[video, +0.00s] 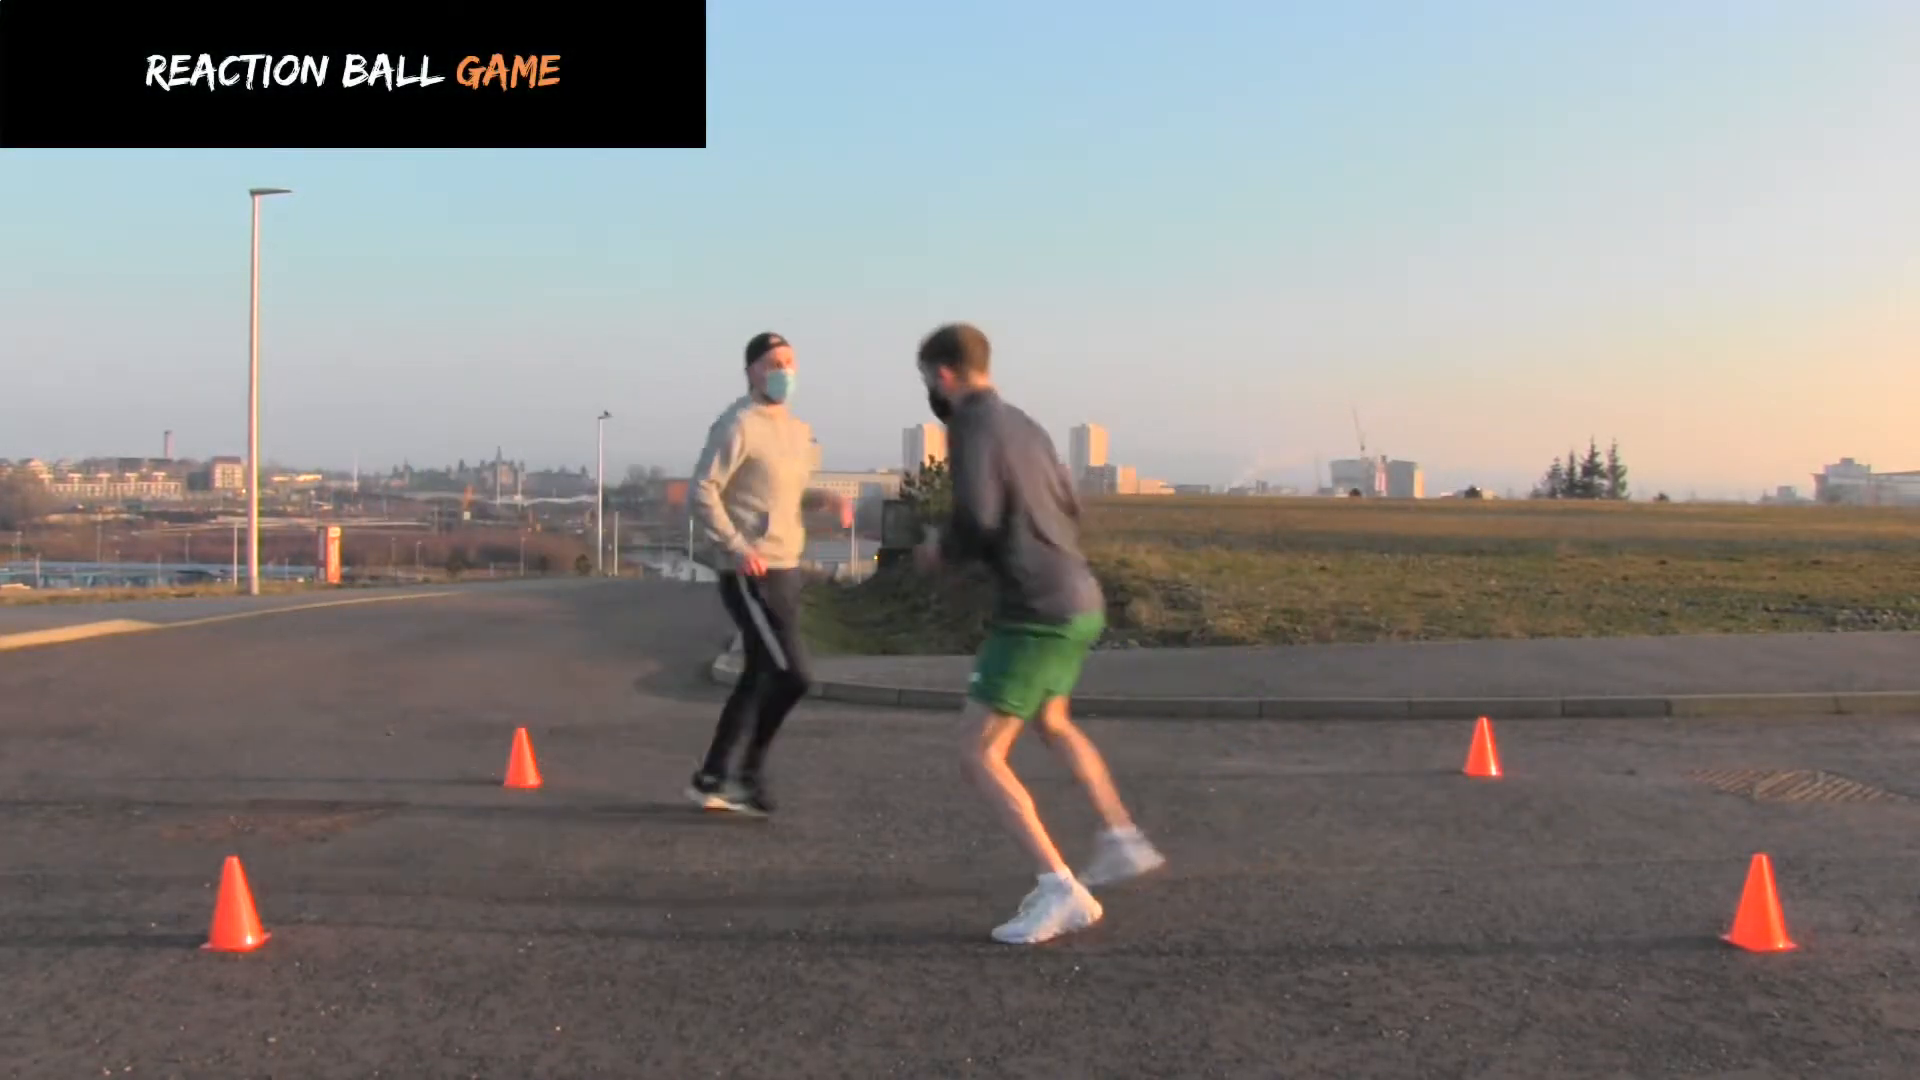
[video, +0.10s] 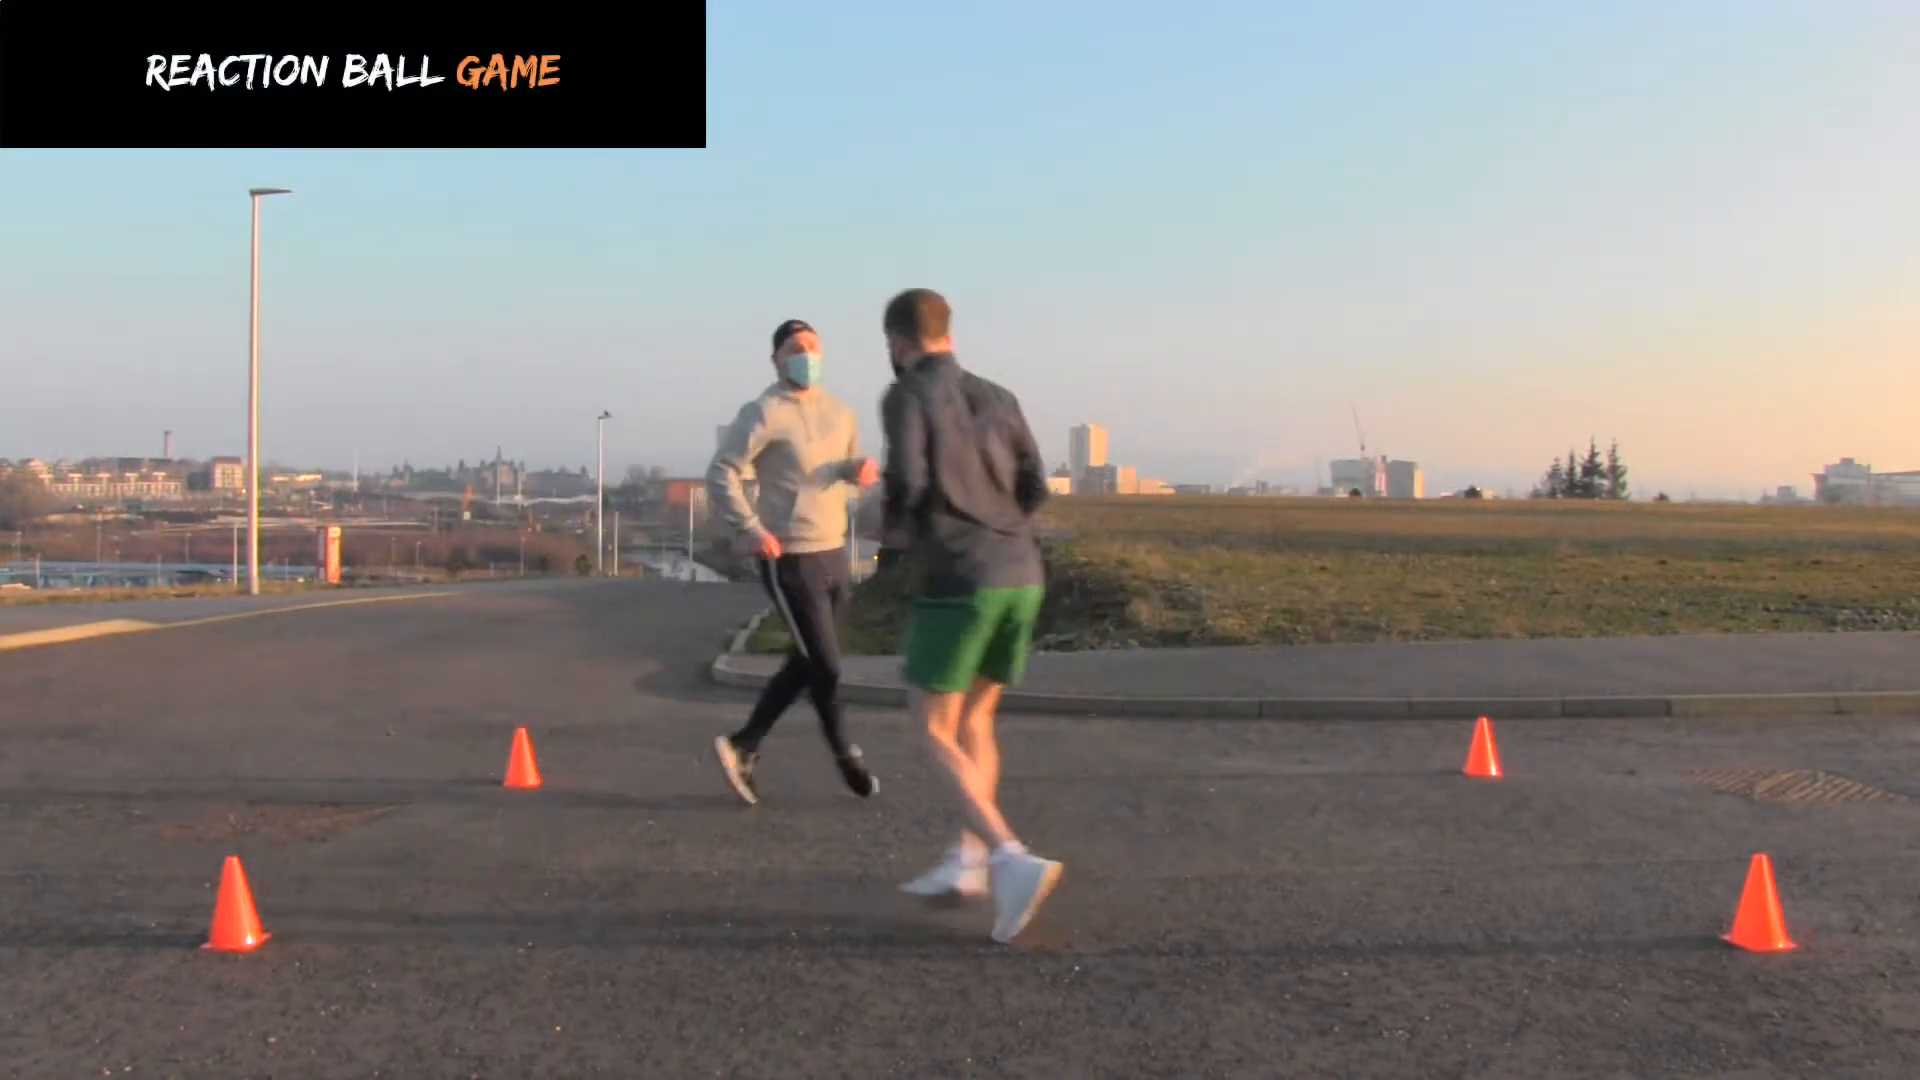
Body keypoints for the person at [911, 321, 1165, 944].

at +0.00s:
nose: (928, 389)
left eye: (928, 378)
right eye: (927, 378)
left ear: (945, 373)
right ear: (983, 368)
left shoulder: (973, 423)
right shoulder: (1024, 423)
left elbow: (979, 521)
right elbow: (1068, 500)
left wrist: (941, 550)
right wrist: (1012, 529)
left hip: (1039, 609)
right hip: (1081, 604)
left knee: (981, 754)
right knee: (1053, 718)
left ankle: (1060, 886)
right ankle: (1122, 837)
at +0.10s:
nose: (890, 352)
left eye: (890, 342)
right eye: (892, 343)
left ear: (901, 340)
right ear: (948, 334)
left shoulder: (908, 394)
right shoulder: (998, 396)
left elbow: (908, 481)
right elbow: (1034, 486)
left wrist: (891, 536)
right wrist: (995, 522)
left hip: (963, 579)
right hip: (1023, 576)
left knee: (935, 727)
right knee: (978, 721)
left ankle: (1013, 859)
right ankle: (969, 858)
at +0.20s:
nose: (894, 350)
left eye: (873, 344)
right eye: (918, 335)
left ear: (872, 345)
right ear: (925, 341)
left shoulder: (868, 399)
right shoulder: (973, 405)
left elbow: (857, 481)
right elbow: (1004, 499)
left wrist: (862, 525)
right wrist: (973, 548)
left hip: (911, 581)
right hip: (977, 582)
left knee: (882, 735)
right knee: (921, 736)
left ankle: (958, 862)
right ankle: (889, 889)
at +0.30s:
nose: (887, 364)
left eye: (830, 363)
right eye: (891, 354)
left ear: (833, 360)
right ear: (890, 357)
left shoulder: (814, 413)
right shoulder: (926, 425)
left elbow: (783, 501)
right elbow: (959, 518)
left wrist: (815, 536)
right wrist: (987, 568)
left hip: (836, 612)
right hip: (908, 615)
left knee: (807, 746)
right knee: (879, 755)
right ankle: (880, 907)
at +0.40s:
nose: (875, 341)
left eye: (870, 330)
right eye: (871, 330)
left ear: (810, 335)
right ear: (859, 335)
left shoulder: (779, 391)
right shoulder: (892, 406)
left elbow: (730, 466)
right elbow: (941, 498)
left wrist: (778, 507)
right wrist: (977, 485)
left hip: (782, 585)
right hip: (858, 587)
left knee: (759, 718)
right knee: (857, 738)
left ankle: (770, 824)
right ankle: (876, 899)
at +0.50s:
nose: (825, 324)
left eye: (819, 313)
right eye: (819, 313)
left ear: (766, 324)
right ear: (802, 323)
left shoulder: (722, 381)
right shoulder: (832, 394)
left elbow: (668, 449)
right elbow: (883, 480)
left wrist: (716, 490)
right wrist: (930, 444)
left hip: (719, 569)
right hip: (796, 577)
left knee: (688, 708)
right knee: (800, 728)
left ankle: (671, 838)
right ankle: (806, 880)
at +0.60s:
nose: (780, 341)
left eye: (775, 329)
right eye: (772, 331)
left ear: (720, 345)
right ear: (752, 342)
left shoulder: (679, 406)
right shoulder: (789, 412)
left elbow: (628, 477)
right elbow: (833, 500)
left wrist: (677, 518)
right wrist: (879, 487)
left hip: (685, 590)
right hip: (762, 599)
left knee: (643, 722)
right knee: (760, 748)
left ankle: (594, 865)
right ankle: (755, 909)